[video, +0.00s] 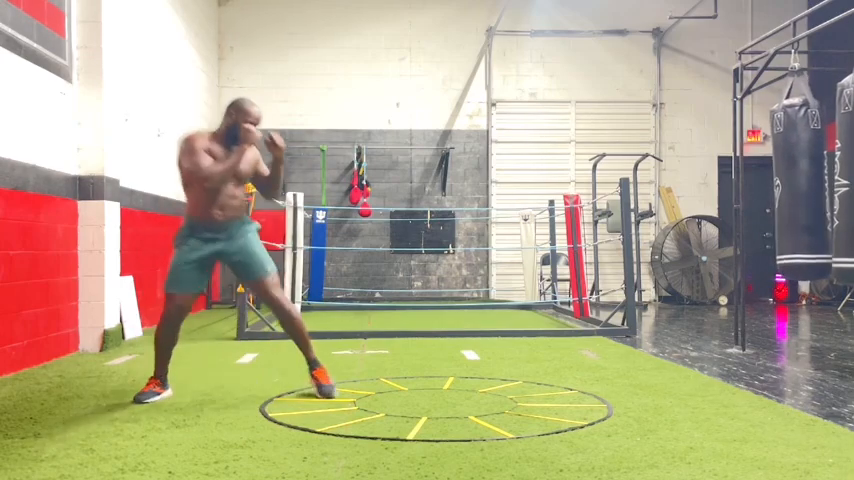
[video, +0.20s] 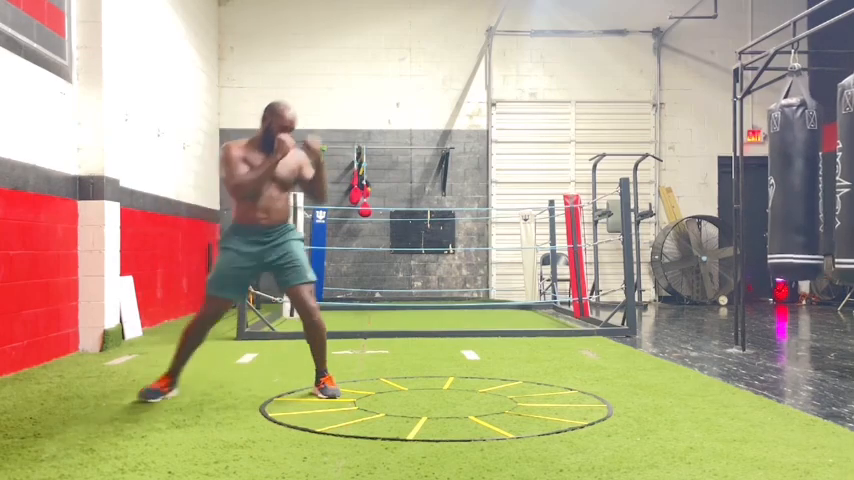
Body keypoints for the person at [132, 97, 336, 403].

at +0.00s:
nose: (252, 130)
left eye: (255, 125)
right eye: (249, 124)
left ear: (255, 126)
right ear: (231, 118)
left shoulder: (250, 153)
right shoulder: (196, 143)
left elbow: (272, 191)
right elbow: (208, 180)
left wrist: (279, 160)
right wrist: (242, 149)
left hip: (239, 234)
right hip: (196, 236)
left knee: (275, 297)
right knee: (175, 308)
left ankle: (315, 366)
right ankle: (159, 381)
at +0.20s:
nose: (286, 135)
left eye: (290, 130)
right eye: (281, 129)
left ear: (293, 129)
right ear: (265, 124)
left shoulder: (296, 157)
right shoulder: (235, 151)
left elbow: (319, 196)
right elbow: (240, 191)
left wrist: (319, 163)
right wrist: (275, 157)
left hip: (283, 238)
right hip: (242, 241)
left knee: (307, 304)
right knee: (211, 312)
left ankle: (323, 377)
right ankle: (171, 378)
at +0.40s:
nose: (307, 112)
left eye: (311, 108)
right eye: (303, 106)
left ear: (314, 109)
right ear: (287, 100)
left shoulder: (317, 136)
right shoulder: (257, 126)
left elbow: (344, 173)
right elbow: (258, 162)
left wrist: (339, 134)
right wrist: (294, 129)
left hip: (305, 217)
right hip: (264, 217)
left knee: (324, 287)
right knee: (251, 292)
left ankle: (335, 363)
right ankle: (256, 358)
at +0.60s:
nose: (321, 135)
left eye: (326, 130)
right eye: (317, 128)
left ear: (329, 132)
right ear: (302, 124)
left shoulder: (334, 158)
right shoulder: (275, 153)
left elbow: (357, 197)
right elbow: (279, 188)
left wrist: (358, 165)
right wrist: (310, 151)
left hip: (331, 238)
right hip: (291, 241)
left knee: (356, 302)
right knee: (266, 314)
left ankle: (387, 373)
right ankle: (265, 370)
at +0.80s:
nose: (323, 136)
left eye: (327, 131)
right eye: (319, 130)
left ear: (331, 130)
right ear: (304, 126)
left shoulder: (340, 155)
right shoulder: (279, 155)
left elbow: (363, 195)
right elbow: (278, 190)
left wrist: (357, 159)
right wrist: (310, 157)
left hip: (334, 237)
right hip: (295, 241)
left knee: (356, 301)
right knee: (271, 311)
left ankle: (386, 375)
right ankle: (267, 370)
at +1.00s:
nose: (315, 118)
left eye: (319, 114)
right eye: (311, 112)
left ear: (322, 114)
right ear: (295, 106)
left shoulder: (327, 139)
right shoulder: (267, 131)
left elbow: (351, 179)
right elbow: (261, 164)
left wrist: (346, 142)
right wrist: (301, 135)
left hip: (312, 220)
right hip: (273, 221)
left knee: (328, 288)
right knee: (256, 294)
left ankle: (344, 361)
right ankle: (254, 363)